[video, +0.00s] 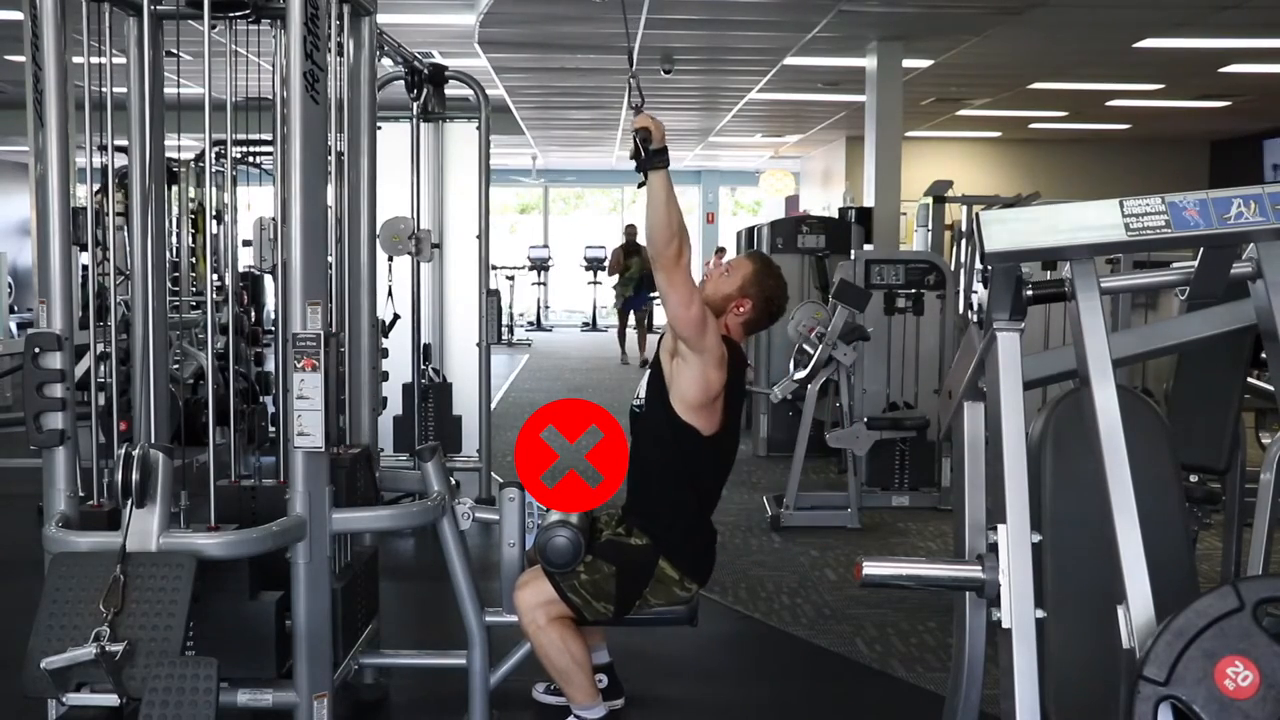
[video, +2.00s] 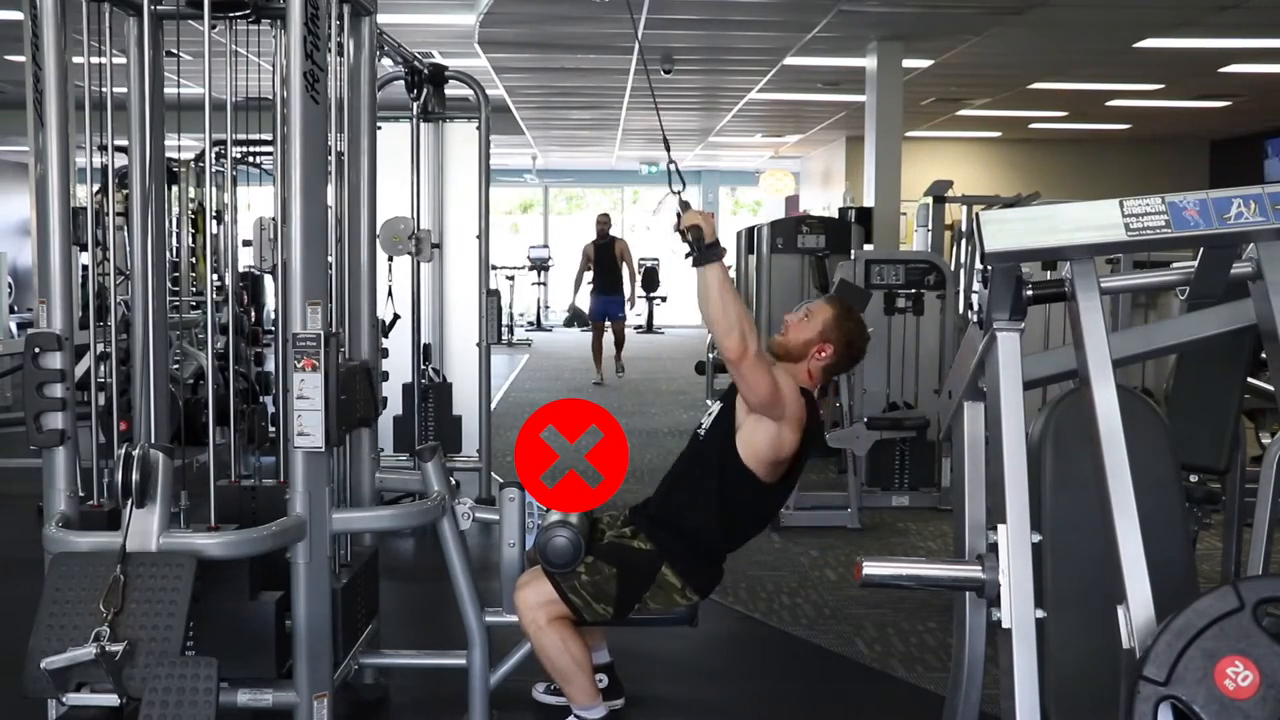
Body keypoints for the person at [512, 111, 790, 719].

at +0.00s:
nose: (713, 262)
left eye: (726, 266)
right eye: (724, 257)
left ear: (737, 308)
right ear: (737, 311)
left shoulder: (702, 347)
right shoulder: (702, 341)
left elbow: (669, 256)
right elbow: (670, 255)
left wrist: (655, 157)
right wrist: (652, 165)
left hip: (664, 550)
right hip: (659, 533)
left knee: (532, 597)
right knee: (552, 551)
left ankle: (588, 709)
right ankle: (591, 670)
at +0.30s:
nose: (741, 288)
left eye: (754, 288)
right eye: (752, 282)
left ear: (770, 323)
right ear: (770, 324)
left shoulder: (738, 375)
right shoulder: (731, 362)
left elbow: (692, 298)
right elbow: (696, 296)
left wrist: (669, 196)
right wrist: (671, 206)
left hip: (670, 560)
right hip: (649, 532)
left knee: (533, 598)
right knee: (552, 545)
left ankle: (590, 712)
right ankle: (594, 671)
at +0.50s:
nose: (785, 310)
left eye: (798, 309)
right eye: (795, 304)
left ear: (814, 344)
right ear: (813, 348)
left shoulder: (776, 407)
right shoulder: (773, 386)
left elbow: (731, 355)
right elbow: (739, 347)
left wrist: (704, 250)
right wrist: (711, 258)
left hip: (670, 561)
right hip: (651, 529)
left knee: (533, 597)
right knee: (553, 548)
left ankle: (589, 709)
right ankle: (595, 673)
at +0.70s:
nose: (815, 336)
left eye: (829, 336)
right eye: (824, 330)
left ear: (846, 372)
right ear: (843, 373)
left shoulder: (812, 432)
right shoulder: (794, 404)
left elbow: (769, 437)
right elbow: (749, 389)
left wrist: (743, 325)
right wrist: (729, 313)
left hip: (675, 563)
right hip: (654, 526)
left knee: (534, 596)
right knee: (553, 542)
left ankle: (590, 712)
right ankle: (594, 672)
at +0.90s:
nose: (832, 356)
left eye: (847, 357)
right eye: (843, 350)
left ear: (862, 393)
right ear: (859, 395)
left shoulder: (828, 451)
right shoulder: (812, 420)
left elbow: (793, 505)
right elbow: (766, 443)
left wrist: (776, 407)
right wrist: (762, 383)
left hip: (678, 562)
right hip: (660, 526)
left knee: (535, 595)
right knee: (551, 550)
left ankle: (589, 712)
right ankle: (595, 671)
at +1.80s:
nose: (820, 340)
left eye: (836, 342)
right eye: (832, 335)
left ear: (850, 381)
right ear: (847, 381)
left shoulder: (816, 433)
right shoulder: (797, 399)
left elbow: (767, 418)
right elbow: (744, 381)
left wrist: (744, 315)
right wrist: (729, 314)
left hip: (677, 563)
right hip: (657, 525)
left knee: (535, 597)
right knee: (550, 552)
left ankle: (590, 711)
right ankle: (594, 670)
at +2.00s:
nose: (789, 316)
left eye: (804, 316)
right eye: (800, 310)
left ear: (821, 351)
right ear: (820, 354)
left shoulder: (781, 402)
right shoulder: (777, 389)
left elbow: (737, 346)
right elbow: (738, 339)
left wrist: (706, 246)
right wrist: (709, 249)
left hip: (671, 561)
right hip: (655, 530)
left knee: (533, 597)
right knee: (553, 544)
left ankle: (589, 710)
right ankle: (594, 671)